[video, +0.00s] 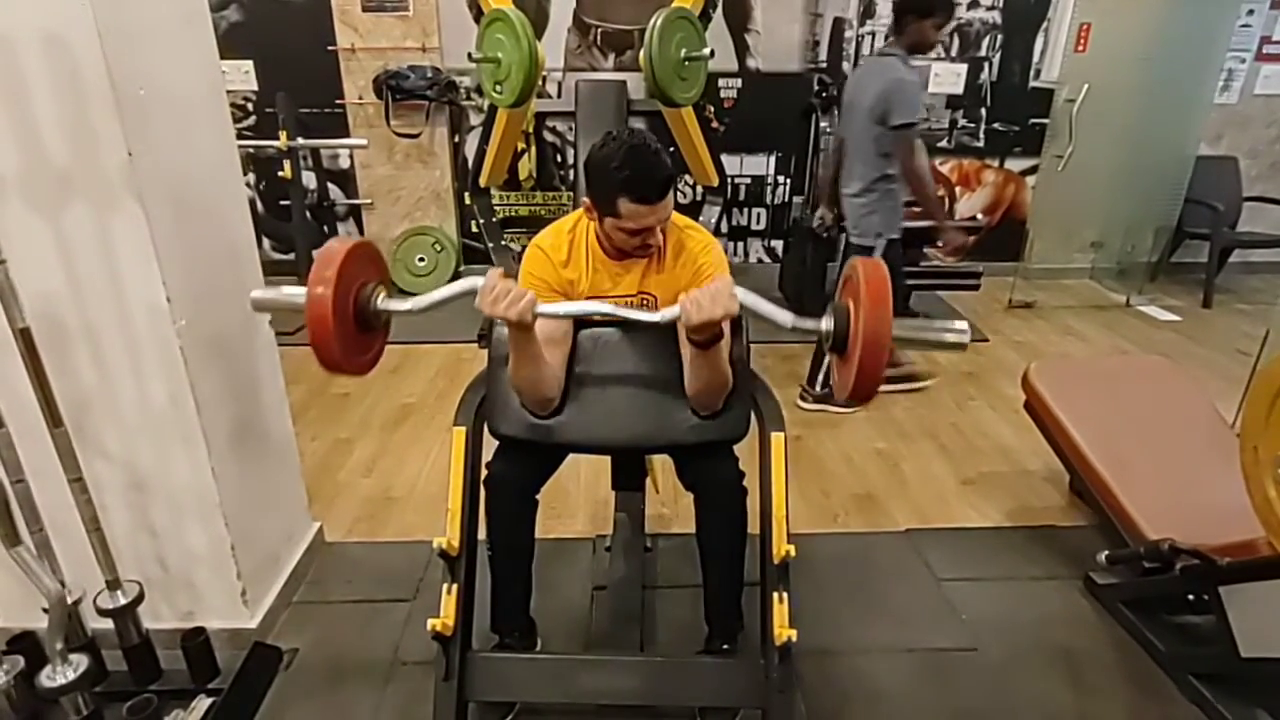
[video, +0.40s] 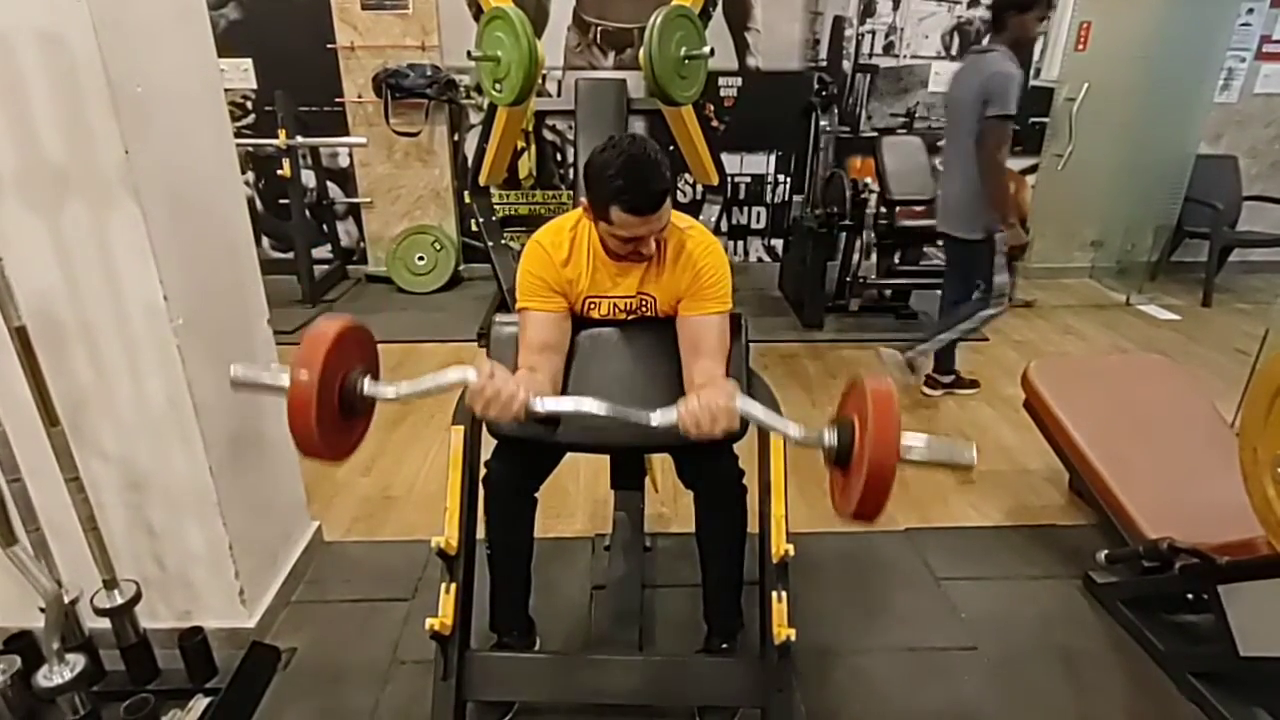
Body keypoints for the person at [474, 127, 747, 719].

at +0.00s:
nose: (652, 238)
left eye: (661, 224)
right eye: (635, 231)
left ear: (671, 199)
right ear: (593, 211)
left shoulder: (696, 249)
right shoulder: (551, 250)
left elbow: (709, 401)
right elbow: (539, 401)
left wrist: (704, 339)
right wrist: (520, 329)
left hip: (669, 391)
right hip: (576, 390)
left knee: (720, 479)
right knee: (507, 479)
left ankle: (724, 637)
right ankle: (512, 633)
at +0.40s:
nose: (648, 246)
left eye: (658, 231)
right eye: (630, 238)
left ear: (670, 203)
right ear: (591, 212)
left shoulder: (698, 250)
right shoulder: (550, 249)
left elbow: (706, 370)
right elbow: (537, 369)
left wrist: (710, 405)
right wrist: (512, 394)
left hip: (666, 384)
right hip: (576, 381)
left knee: (720, 476)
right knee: (506, 479)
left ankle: (724, 637)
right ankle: (512, 635)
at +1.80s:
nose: (620, 234)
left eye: (636, 218)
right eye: (604, 218)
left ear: (662, 198)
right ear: (585, 197)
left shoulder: (697, 255)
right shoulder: (555, 253)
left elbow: (711, 383)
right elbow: (536, 382)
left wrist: (711, 475)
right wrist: (518, 482)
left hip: (673, 389)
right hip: (576, 388)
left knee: (722, 490)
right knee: (504, 485)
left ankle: (723, 642)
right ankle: (513, 640)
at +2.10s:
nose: (618, 245)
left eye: (634, 229)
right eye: (602, 229)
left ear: (657, 205)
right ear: (581, 207)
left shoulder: (697, 257)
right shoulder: (554, 256)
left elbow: (711, 379)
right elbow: (537, 377)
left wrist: (714, 428)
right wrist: (515, 431)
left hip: (667, 393)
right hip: (578, 392)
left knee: (720, 483)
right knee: (505, 483)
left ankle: (724, 644)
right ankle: (512, 645)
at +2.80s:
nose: (616, 248)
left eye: (632, 232)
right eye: (599, 233)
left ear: (655, 210)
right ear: (580, 212)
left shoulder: (686, 259)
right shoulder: (556, 261)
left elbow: (707, 411)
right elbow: (538, 413)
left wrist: (709, 314)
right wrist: (526, 315)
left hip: (666, 397)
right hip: (576, 395)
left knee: (720, 493)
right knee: (504, 494)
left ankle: (724, 653)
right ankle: (512, 651)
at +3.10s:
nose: (620, 198)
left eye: (637, 182)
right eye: (604, 182)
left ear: (660, 185)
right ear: (583, 186)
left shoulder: (691, 248)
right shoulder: (563, 249)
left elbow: (710, 396)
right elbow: (540, 397)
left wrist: (705, 277)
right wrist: (536, 272)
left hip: (670, 395)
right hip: (580, 395)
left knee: (722, 485)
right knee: (507, 484)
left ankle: (725, 645)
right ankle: (515, 643)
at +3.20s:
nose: (621, 198)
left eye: (637, 182)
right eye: (605, 182)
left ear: (661, 186)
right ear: (584, 187)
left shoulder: (693, 250)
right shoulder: (563, 250)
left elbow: (711, 397)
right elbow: (541, 398)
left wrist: (706, 278)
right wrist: (538, 273)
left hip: (671, 397)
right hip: (580, 397)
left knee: (722, 486)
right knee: (507, 486)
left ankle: (726, 647)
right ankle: (515, 645)